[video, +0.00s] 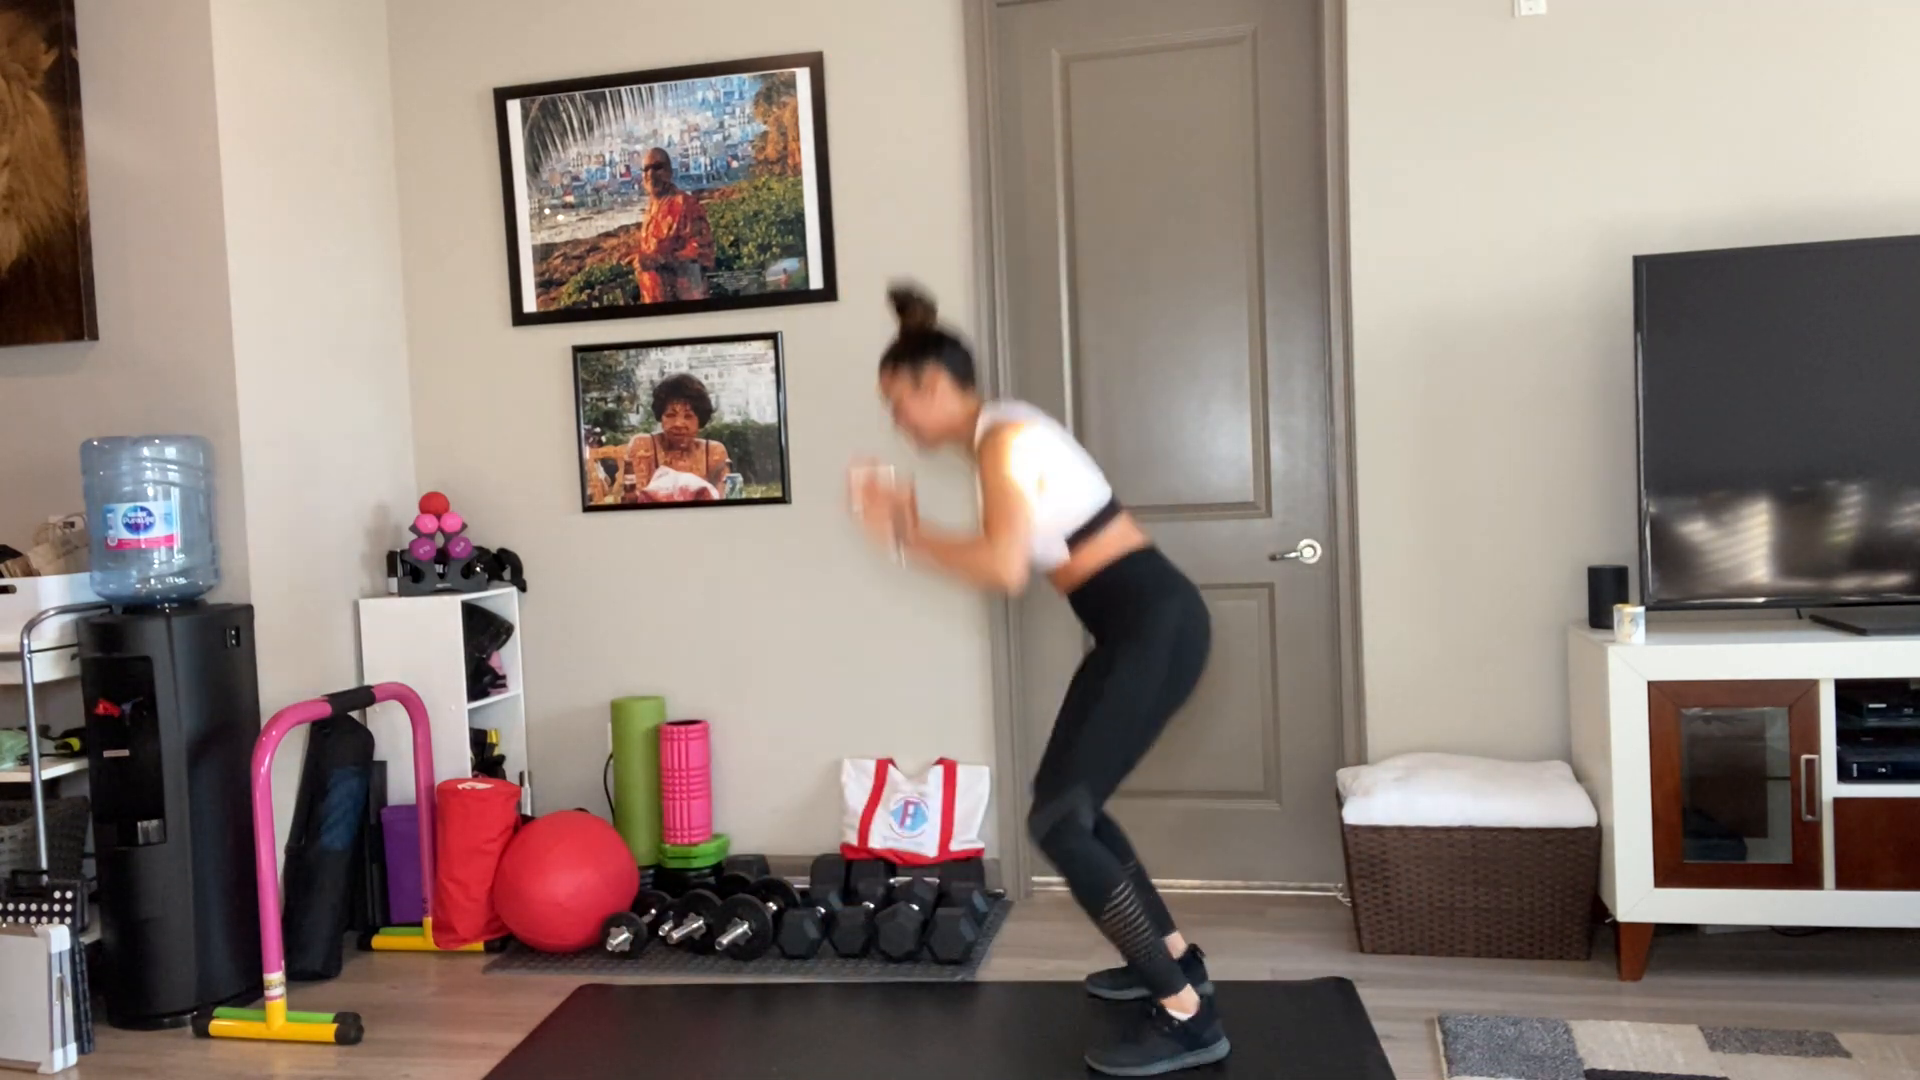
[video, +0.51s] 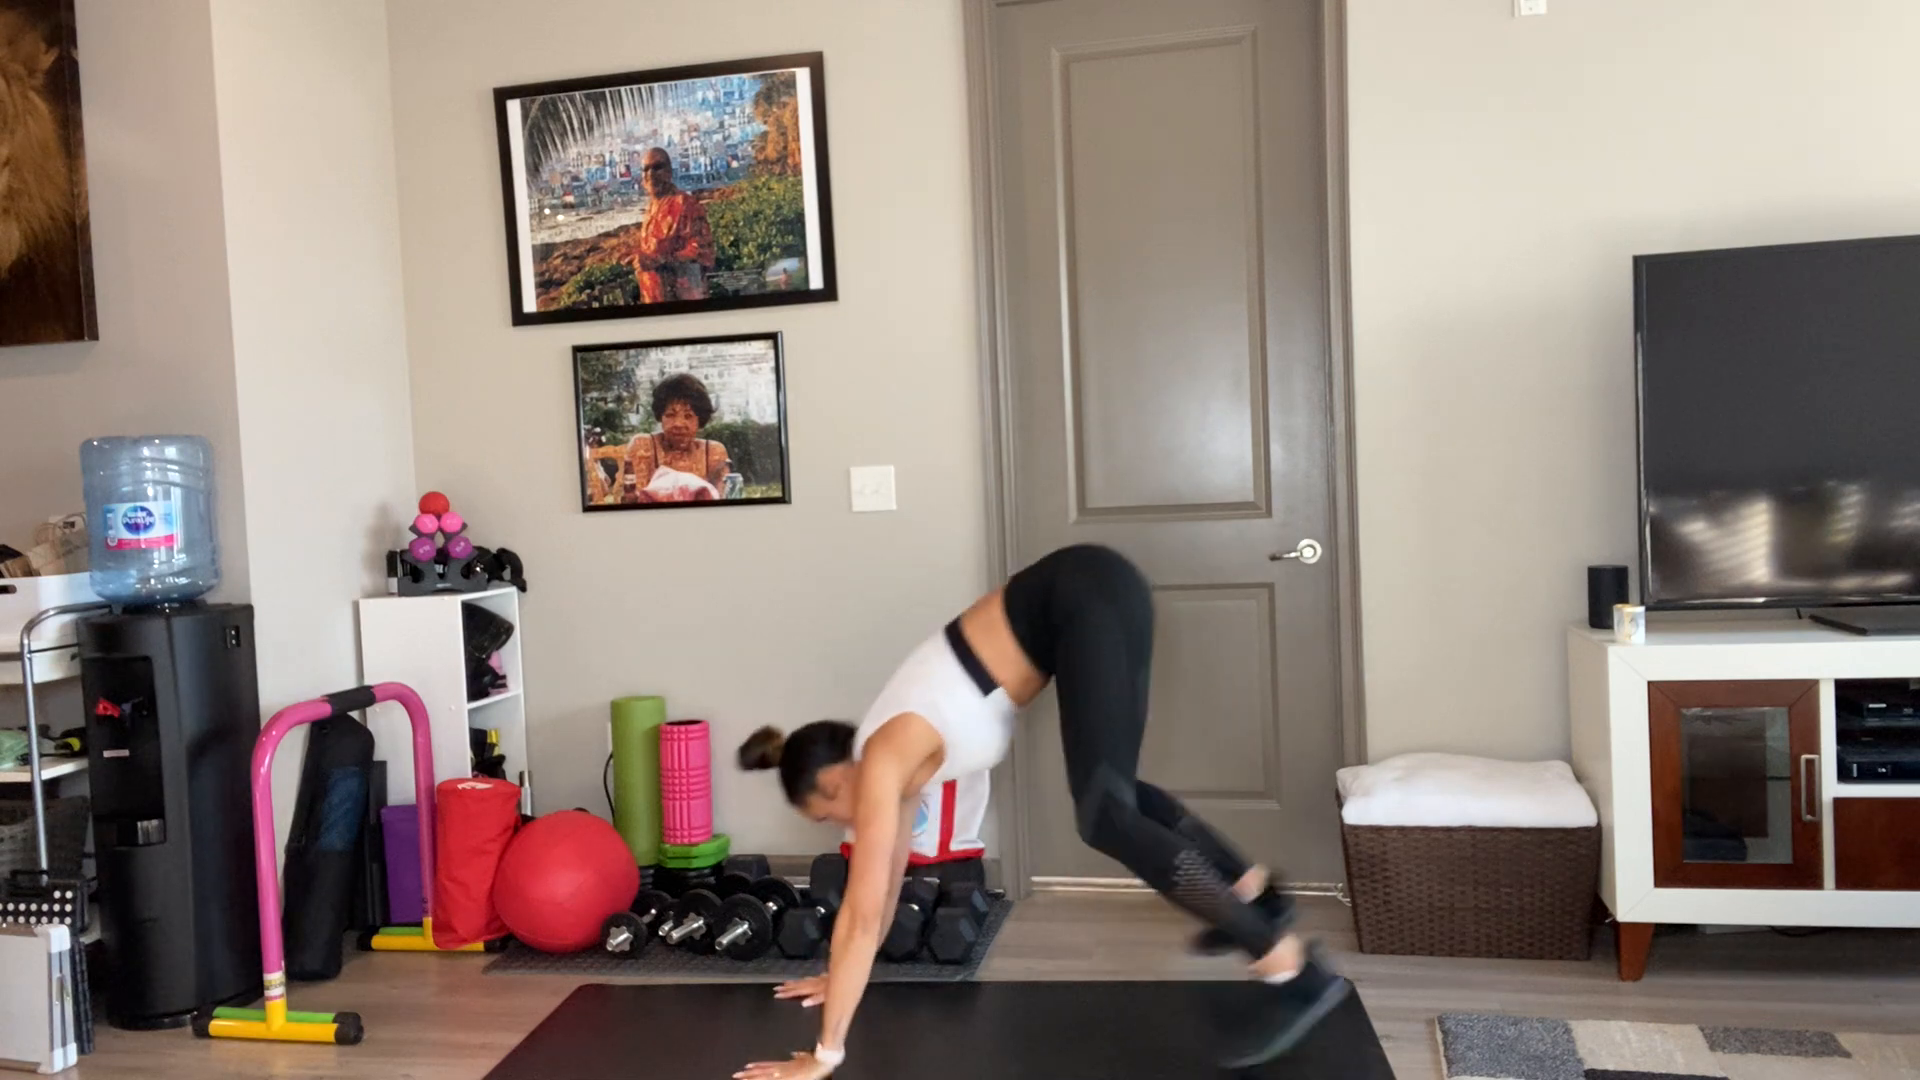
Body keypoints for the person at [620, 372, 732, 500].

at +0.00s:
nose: (679, 424)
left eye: (688, 416)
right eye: (670, 415)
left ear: (701, 420)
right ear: (660, 418)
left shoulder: (715, 451)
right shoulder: (642, 446)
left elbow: (720, 501)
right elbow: (638, 499)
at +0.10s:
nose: (679, 424)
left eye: (688, 416)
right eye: (670, 415)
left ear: (701, 420)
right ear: (660, 418)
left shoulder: (715, 451)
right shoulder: (641, 446)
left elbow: (721, 500)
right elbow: (634, 499)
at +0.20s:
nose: (679, 424)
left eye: (688, 416)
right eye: (670, 415)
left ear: (700, 420)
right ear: (660, 417)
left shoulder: (714, 451)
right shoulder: (641, 446)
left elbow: (721, 499)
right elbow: (634, 499)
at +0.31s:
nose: (679, 424)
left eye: (688, 416)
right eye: (670, 415)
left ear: (700, 420)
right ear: (660, 417)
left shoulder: (714, 451)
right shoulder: (641, 446)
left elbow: (721, 499)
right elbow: (632, 499)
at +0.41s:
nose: (679, 424)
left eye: (688, 416)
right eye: (670, 415)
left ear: (700, 420)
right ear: (660, 417)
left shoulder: (714, 451)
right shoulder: (641, 446)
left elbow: (721, 499)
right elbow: (632, 499)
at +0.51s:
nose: (679, 424)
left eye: (688, 416)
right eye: (670, 415)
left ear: (700, 420)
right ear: (660, 417)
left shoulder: (714, 451)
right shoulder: (641, 446)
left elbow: (721, 499)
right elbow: (632, 499)